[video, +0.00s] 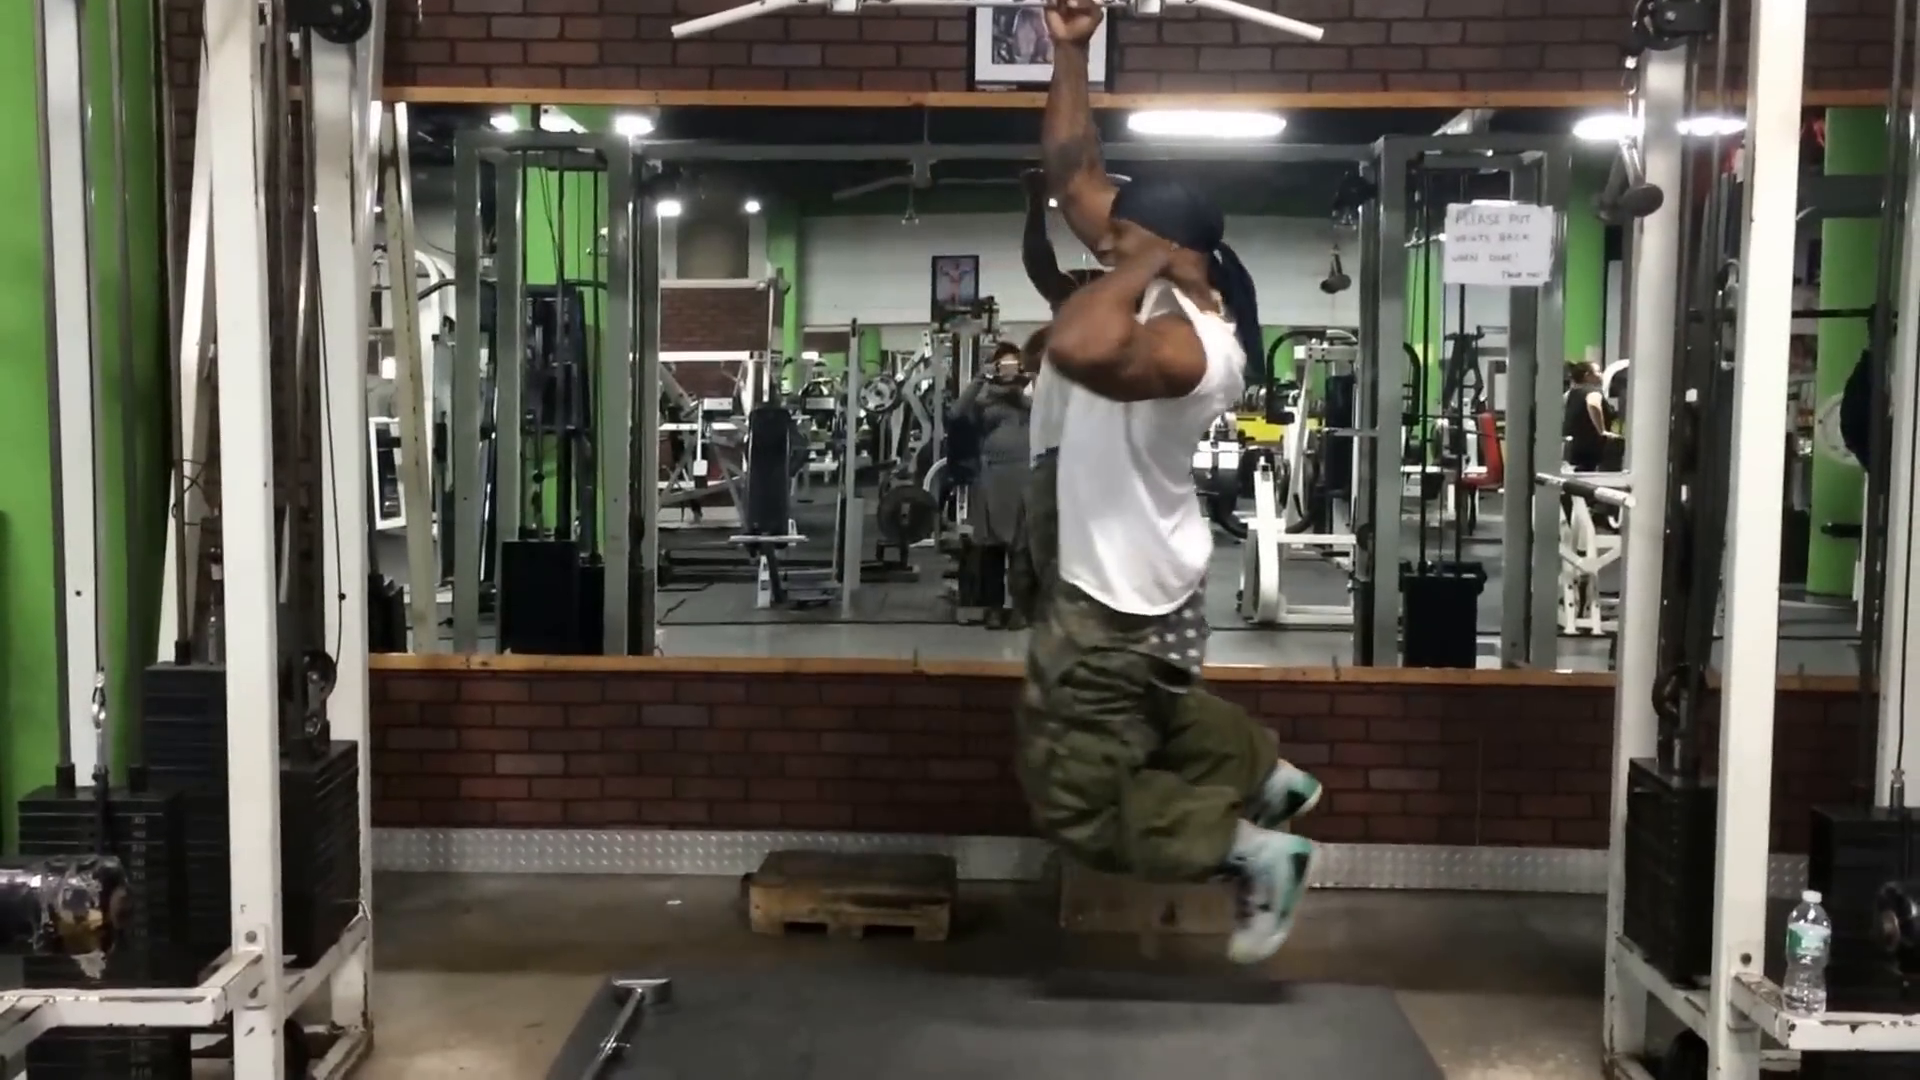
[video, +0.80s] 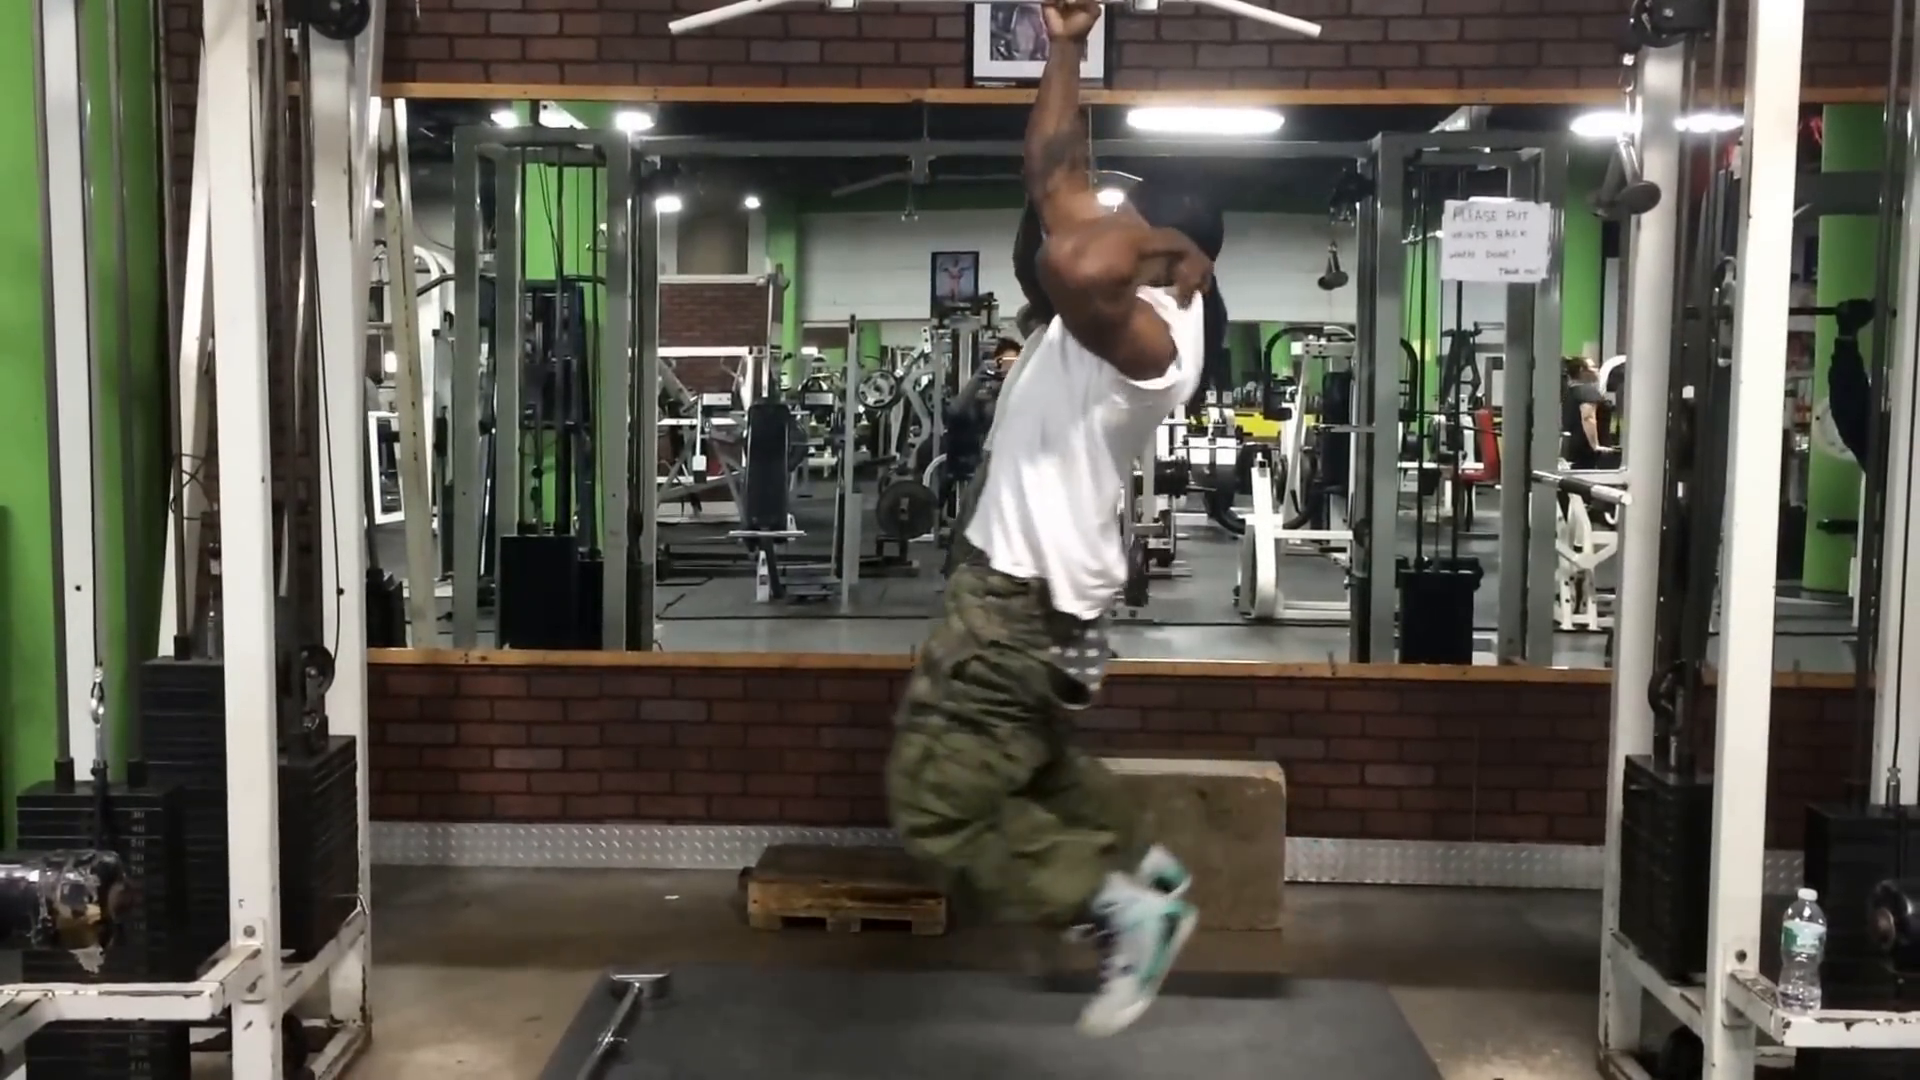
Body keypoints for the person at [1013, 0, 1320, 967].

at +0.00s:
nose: (1116, 247)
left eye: (1130, 238)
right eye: (1121, 234)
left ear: (1175, 252)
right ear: (1183, 251)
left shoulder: (1190, 341)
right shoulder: (1172, 300)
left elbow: (1078, 346)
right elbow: (1072, 180)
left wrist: (1149, 261)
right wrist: (1069, 53)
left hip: (1118, 592)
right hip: (1145, 573)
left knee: (1072, 802)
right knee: (1153, 709)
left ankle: (1249, 854)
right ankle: (1269, 784)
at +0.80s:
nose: (1082, 242)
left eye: (1100, 229)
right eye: (1085, 228)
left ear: (1146, 259)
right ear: (1123, 256)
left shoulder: (1158, 337)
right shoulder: (1103, 310)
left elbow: (1077, 279)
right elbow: (1053, 175)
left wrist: (1152, 243)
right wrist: (1063, 47)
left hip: (1026, 595)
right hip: (1029, 587)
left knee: (936, 800)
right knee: (1016, 758)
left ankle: (1123, 913)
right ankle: (1140, 865)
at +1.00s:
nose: (1078, 244)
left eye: (1098, 231)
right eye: (1090, 229)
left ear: (1135, 255)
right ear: (1123, 247)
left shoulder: (1124, 335)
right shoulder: (1102, 318)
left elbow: (1053, 239)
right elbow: (1046, 176)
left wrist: (1161, 228)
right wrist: (1064, 44)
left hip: (963, 571)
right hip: (997, 581)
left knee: (827, 768)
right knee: (934, 741)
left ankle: (976, 939)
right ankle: (1035, 881)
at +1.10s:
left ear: (1124, 258)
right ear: (1122, 259)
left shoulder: (1120, 326)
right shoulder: (1068, 309)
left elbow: (1071, 192)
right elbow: (1038, 174)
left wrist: (1179, 219)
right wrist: (1060, 48)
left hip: (938, 569)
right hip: (970, 580)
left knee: (787, 752)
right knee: (910, 741)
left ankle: (909, 933)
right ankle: (995, 881)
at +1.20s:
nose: (1079, 203)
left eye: (1090, 191)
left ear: (1117, 212)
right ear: (1166, 237)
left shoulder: (1119, 299)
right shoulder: (1087, 298)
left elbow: (1064, 181)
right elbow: (1034, 175)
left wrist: (1178, 167)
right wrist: (1059, 50)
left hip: (933, 556)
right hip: (974, 568)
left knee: (759, 734)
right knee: (879, 715)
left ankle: (874, 924)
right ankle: (946, 870)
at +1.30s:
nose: (1067, 199)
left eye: (1083, 185)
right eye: (1070, 179)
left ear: (1113, 207)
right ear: (1141, 223)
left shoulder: (1100, 290)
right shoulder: (1105, 310)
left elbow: (1039, 171)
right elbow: (1047, 181)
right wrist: (1065, 64)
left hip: (933, 551)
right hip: (982, 559)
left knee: (749, 715)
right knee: (845, 684)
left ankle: (859, 913)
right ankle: (913, 851)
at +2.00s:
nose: (1171, 225)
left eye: (1194, 219)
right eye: (1174, 213)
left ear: (1232, 238)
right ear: (1164, 215)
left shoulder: (1233, 317)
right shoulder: (1131, 249)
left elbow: (1216, 256)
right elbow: (1045, 183)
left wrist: (1249, 214)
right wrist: (1058, 51)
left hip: (1085, 572)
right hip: (1015, 522)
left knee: (1017, 784)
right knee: (887, 643)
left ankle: (1172, 851)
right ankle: (938, 765)